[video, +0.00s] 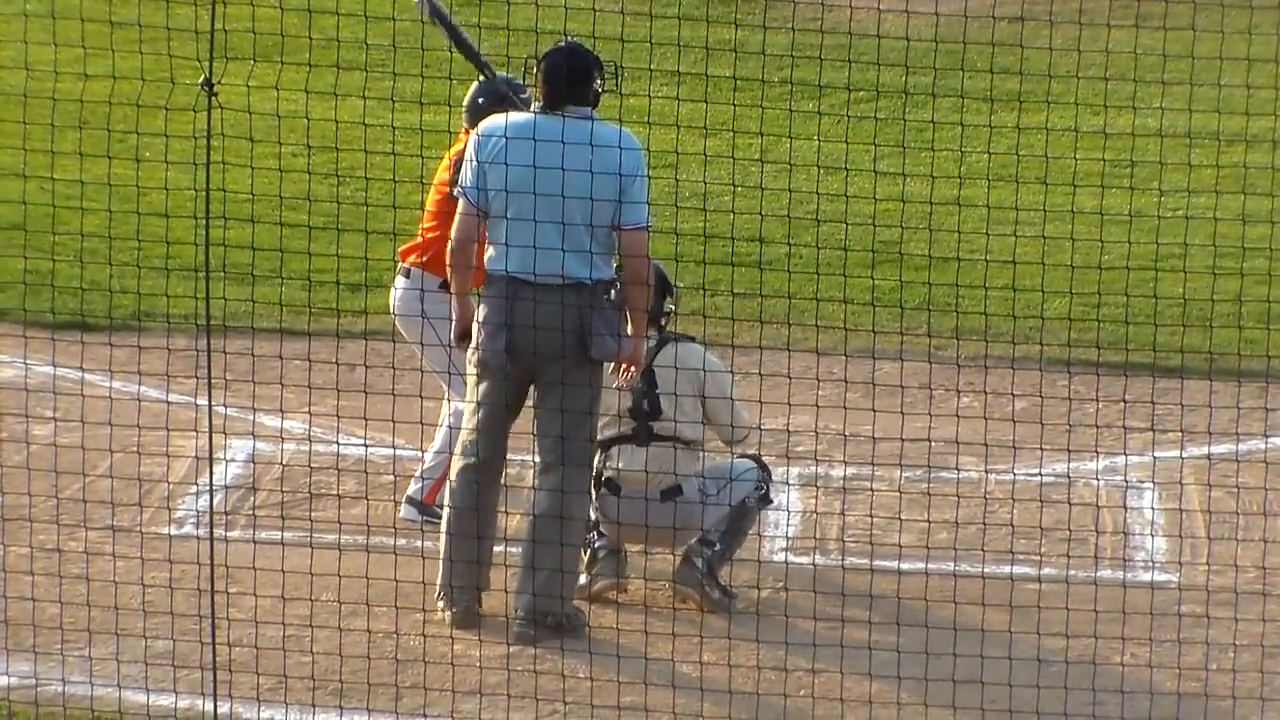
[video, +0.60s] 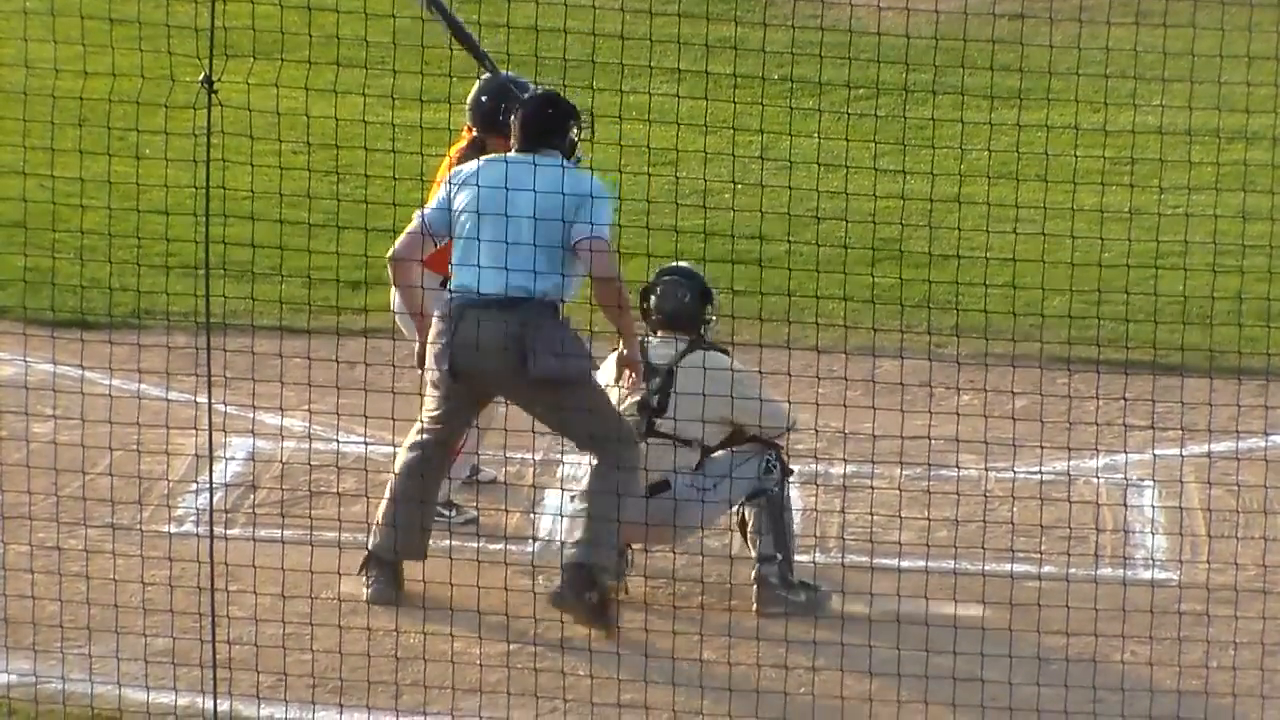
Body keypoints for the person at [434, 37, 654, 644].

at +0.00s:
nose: (594, 96)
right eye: (598, 88)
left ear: (539, 87)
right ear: (595, 91)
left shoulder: (493, 135)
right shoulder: (623, 147)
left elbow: (462, 240)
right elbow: (634, 252)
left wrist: (462, 307)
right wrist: (637, 331)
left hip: (506, 309)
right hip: (581, 315)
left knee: (479, 447)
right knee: (565, 460)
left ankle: (459, 594)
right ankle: (544, 606)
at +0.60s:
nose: (579, 147)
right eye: (576, 140)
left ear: (515, 136)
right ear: (569, 142)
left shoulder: (469, 177)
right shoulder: (584, 186)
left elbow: (404, 256)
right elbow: (600, 270)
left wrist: (429, 333)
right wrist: (630, 340)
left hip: (460, 332)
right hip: (535, 337)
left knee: (431, 437)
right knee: (617, 446)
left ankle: (383, 565)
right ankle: (586, 574)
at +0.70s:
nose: (580, 158)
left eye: (510, 145)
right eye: (578, 151)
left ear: (515, 146)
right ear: (571, 154)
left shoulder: (471, 189)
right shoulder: (586, 197)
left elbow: (400, 264)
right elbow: (605, 281)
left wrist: (424, 341)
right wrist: (632, 354)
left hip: (456, 341)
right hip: (533, 344)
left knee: (437, 431)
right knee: (623, 457)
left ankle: (383, 563)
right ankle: (638, 592)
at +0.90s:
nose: (598, 209)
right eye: (595, 202)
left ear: (538, 197)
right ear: (590, 204)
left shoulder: (490, 237)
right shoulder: (603, 247)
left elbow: (405, 297)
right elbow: (625, 320)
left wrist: (435, 366)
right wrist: (645, 397)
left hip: (467, 389)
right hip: (547, 393)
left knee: (441, 450)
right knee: (652, 473)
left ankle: (383, 561)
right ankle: (648, 605)